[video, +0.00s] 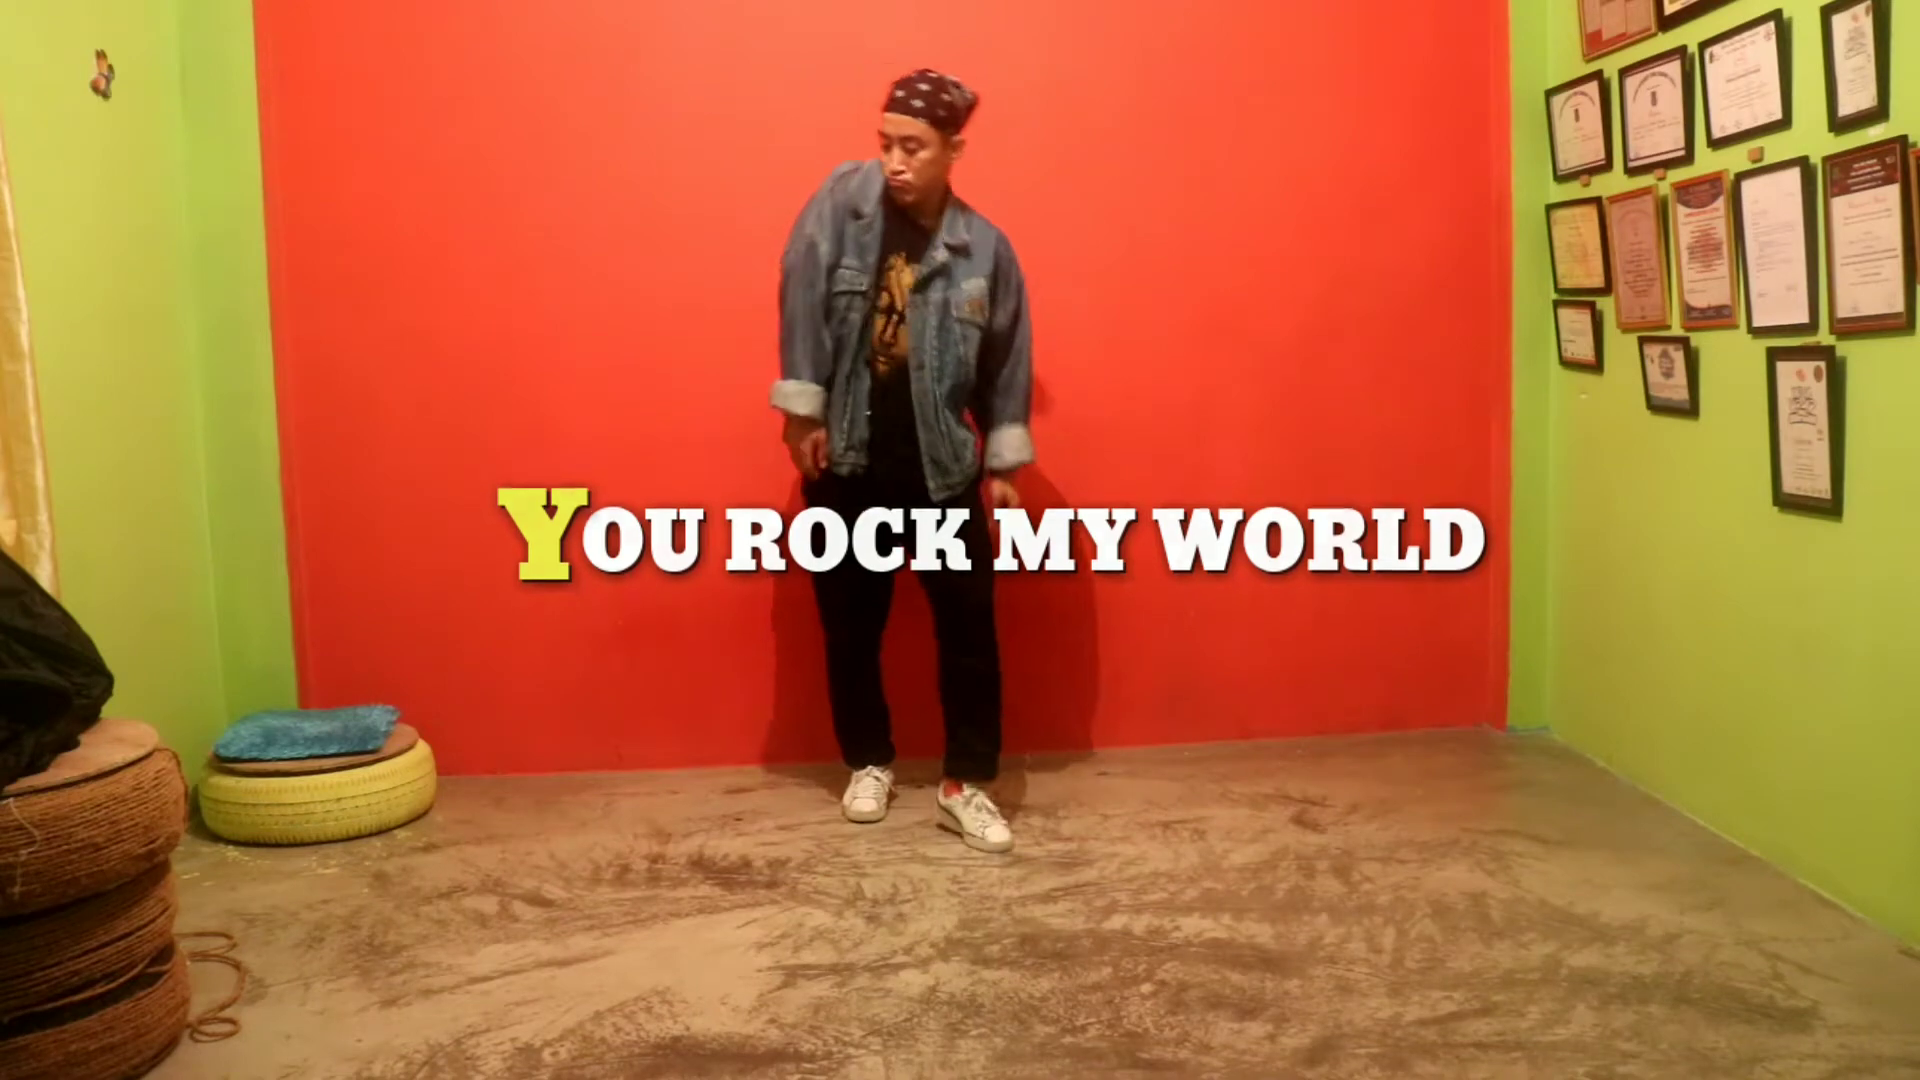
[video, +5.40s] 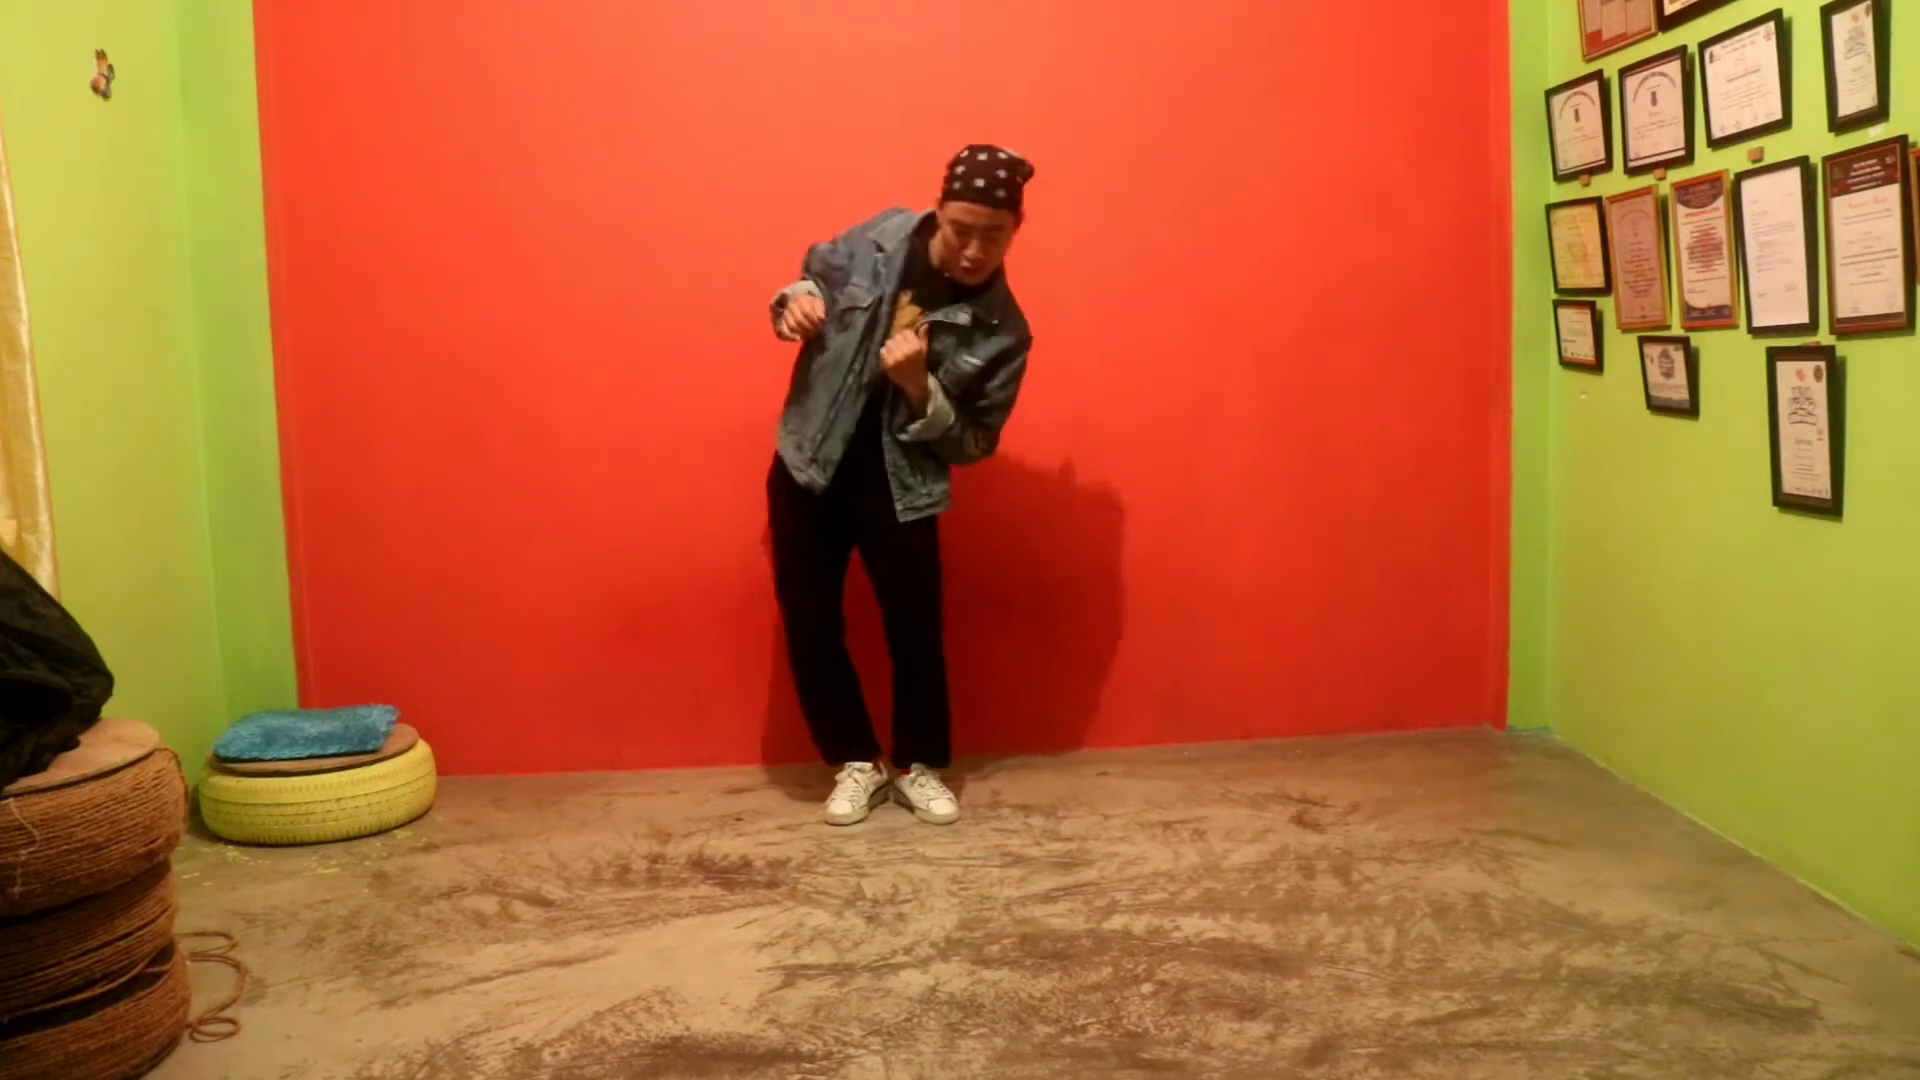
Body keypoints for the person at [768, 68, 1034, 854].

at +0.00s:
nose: (894, 161)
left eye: (913, 147)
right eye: (887, 144)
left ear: (953, 152)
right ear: (877, 141)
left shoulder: (987, 249)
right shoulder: (844, 197)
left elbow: (1007, 363)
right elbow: (801, 298)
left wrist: (1001, 463)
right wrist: (804, 411)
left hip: (944, 457)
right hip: (849, 450)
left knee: (968, 616)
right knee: (850, 617)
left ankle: (965, 781)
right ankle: (868, 765)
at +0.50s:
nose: (867, 190)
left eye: (872, 172)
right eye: (849, 181)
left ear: (883, 149)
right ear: (816, 173)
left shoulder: (930, 191)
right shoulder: (789, 216)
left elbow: (974, 289)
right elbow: (770, 315)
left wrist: (989, 386)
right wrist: (784, 412)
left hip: (925, 438)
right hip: (831, 447)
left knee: (958, 590)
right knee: (840, 607)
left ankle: (928, 726)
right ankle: (865, 761)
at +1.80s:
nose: (882, 232)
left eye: (893, 213)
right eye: (864, 218)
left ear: (913, 206)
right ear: (840, 217)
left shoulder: (959, 289)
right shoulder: (803, 305)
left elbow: (1013, 366)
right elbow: (779, 397)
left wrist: (986, 413)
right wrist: (816, 452)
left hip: (943, 502)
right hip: (846, 506)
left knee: (984, 625)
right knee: (811, 629)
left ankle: (929, 760)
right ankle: (855, 760)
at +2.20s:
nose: (878, 299)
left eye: (891, 283)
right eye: (864, 286)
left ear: (911, 266)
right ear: (840, 271)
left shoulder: (947, 297)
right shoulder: (805, 318)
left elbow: (964, 395)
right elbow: (809, 412)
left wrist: (962, 375)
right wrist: (815, 387)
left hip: (937, 514)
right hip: (847, 520)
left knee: (978, 639)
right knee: (828, 647)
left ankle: (927, 764)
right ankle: (858, 768)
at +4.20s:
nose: (878, 204)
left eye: (890, 190)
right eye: (864, 191)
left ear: (912, 173)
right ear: (838, 175)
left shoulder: (954, 221)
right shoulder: (798, 234)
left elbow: (968, 324)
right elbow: (795, 344)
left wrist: (915, 378)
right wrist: (852, 402)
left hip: (929, 458)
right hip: (836, 461)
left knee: (927, 609)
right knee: (847, 610)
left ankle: (920, 756)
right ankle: (861, 760)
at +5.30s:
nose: (956, 252)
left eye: (974, 238)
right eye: (943, 233)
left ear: (997, 232)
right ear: (920, 214)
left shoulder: (1000, 321)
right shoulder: (874, 235)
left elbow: (983, 428)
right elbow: (806, 271)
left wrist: (924, 387)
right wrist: (802, 302)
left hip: (903, 478)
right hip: (815, 461)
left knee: (912, 621)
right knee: (815, 618)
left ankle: (919, 768)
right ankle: (857, 764)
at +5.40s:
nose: (974, 250)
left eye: (992, 235)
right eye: (961, 231)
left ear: (1015, 230)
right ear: (938, 212)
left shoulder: (1004, 336)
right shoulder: (887, 236)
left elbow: (974, 441)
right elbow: (818, 273)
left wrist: (919, 386)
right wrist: (802, 301)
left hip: (901, 482)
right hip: (810, 462)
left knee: (916, 623)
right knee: (809, 620)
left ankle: (919, 768)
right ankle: (855, 765)